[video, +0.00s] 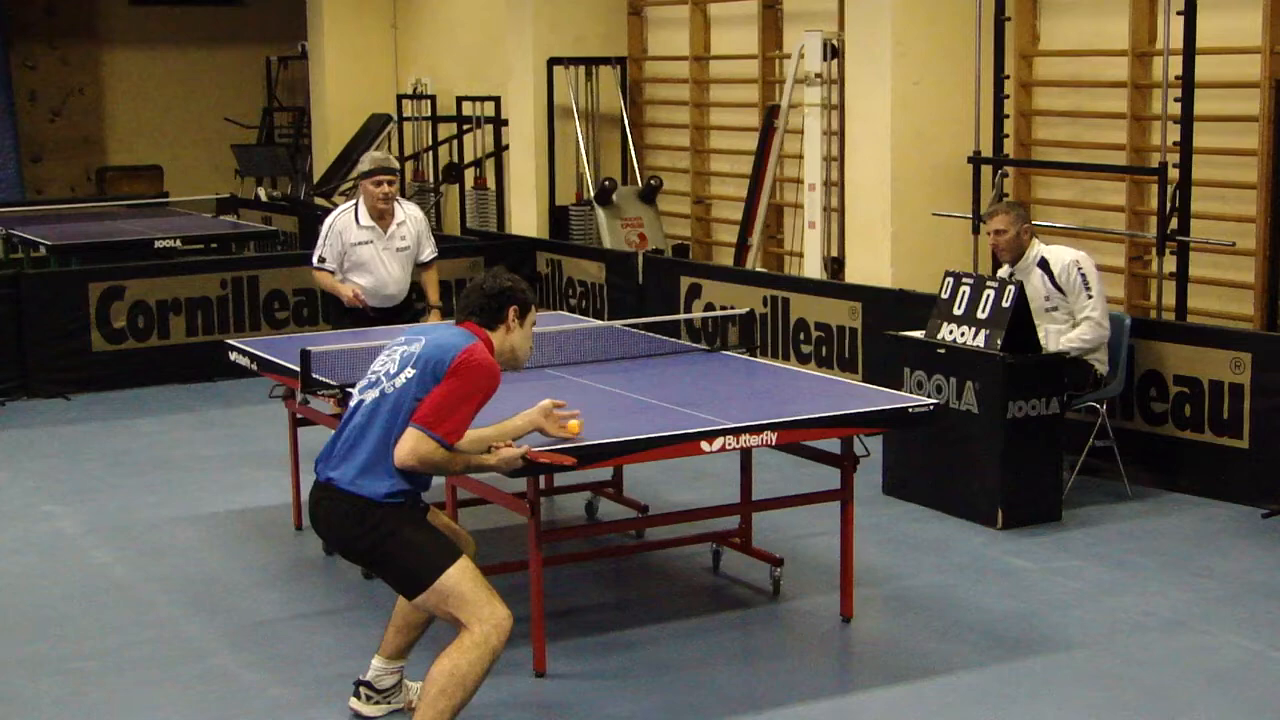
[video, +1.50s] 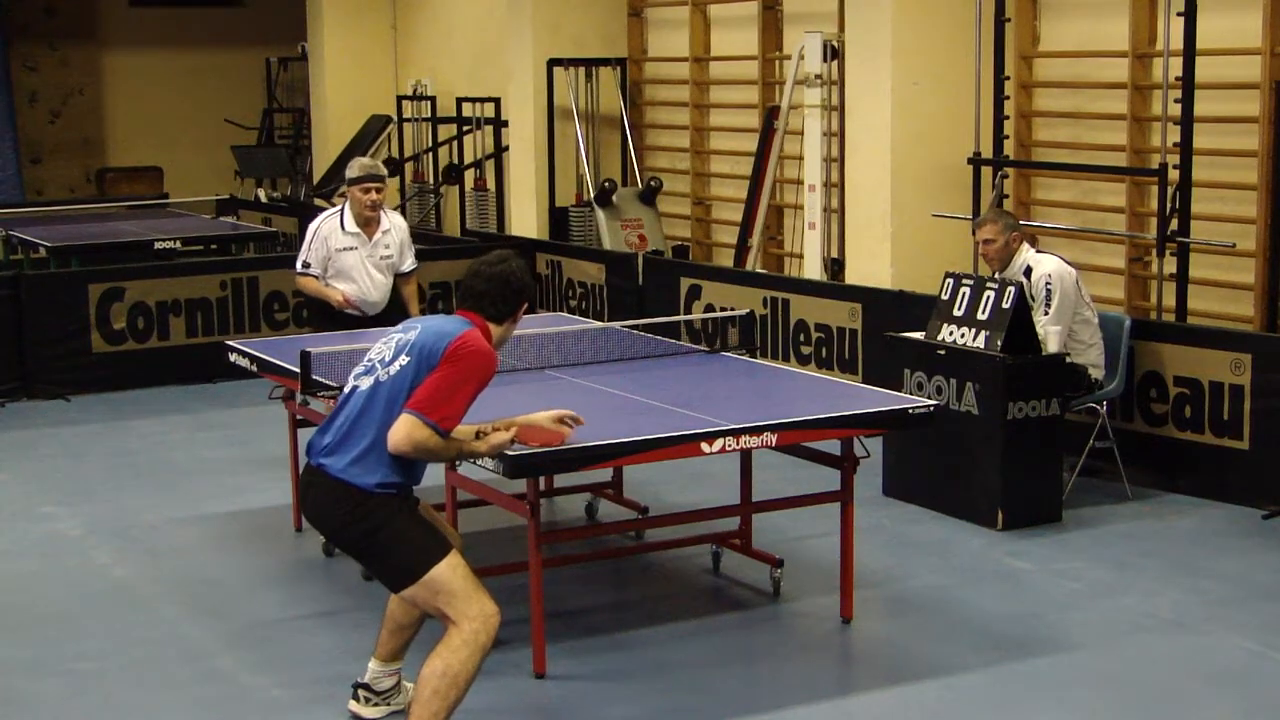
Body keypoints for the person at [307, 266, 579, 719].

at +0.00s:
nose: (530, 342)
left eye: (531, 329)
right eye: (531, 328)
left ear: (473, 312)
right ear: (512, 318)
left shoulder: (424, 337)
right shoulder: (477, 360)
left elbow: (439, 445)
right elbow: (413, 453)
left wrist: (530, 419)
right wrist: (485, 460)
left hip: (335, 490)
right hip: (364, 506)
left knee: (458, 546)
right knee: (491, 621)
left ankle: (381, 682)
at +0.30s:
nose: (534, 348)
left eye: (536, 335)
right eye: (535, 333)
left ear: (480, 317)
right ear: (514, 324)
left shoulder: (430, 335)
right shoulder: (480, 365)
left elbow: (455, 432)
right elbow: (416, 459)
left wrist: (555, 433)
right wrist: (487, 466)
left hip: (333, 489)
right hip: (364, 507)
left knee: (454, 545)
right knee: (491, 622)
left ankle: (380, 684)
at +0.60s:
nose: (536, 332)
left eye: (538, 320)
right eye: (539, 320)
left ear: (483, 300)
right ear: (529, 316)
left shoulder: (431, 323)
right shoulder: (483, 351)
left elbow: (448, 431)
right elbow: (414, 443)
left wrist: (536, 426)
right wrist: (488, 462)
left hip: (330, 472)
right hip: (361, 490)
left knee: (447, 543)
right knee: (479, 617)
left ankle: (380, 682)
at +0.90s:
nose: (532, 311)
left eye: (531, 301)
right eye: (534, 303)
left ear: (479, 287)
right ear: (527, 306)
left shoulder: (428, 317)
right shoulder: (482, 340)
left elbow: (448, 427)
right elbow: (410, 425)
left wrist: (535, 422)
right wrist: (474, 449)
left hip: (328, 468)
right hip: (363, 485)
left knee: (440, 545)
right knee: (476, 615)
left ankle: (380, 683)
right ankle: (421, 712)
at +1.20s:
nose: (523, 317)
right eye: (526, 307)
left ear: (468, 291)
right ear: (520, 308)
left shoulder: (422, 322)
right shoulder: (476, 344)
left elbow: (431, 427)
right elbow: (407, 434)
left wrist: (526, 423)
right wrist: (475, 445)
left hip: (325, 475)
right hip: (360, 492)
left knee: (441, 547)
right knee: (477, 617)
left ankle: (378, 684)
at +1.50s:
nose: (522, 322)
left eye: (521, 310)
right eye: (524, 311)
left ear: (466, 295)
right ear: (518, 311)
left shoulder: (420, 326)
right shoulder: (474, 348)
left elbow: (426, 430)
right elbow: (406, 438)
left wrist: (521, 424)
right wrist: (474, 446)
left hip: (324, 477)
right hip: (357, 495)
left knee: (444, 545)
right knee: (478, 618)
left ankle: (379, 684)